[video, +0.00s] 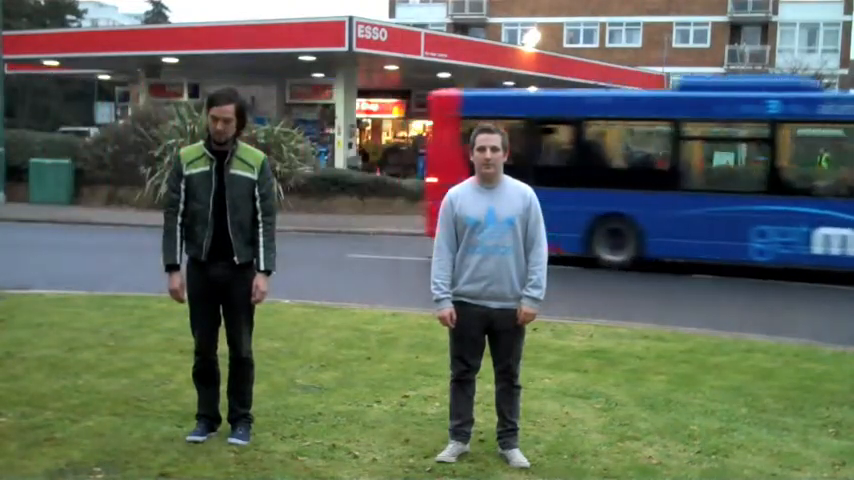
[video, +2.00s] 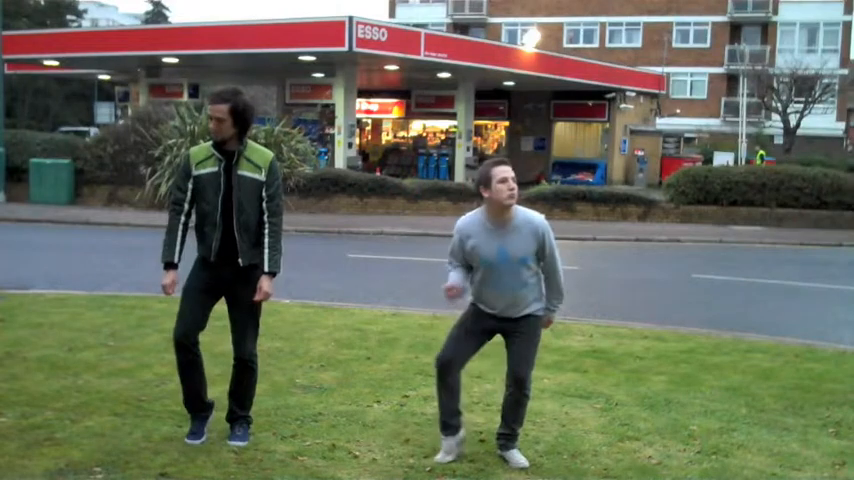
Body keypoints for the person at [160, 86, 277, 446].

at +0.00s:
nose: (220, 126)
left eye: (227, 121)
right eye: (215, 119)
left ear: (239, 123)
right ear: (206, 119)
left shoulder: (257, 163)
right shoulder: (185, 160)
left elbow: (266, 220)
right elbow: (172, 216)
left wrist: (264, 271)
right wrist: (173, 269)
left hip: (241, 270)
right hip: (200, 269)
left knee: (240, 350)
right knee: (203, 349)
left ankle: (240, 421)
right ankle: (206, 419)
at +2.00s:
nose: (212, 125)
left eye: (219, 120)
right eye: (210, 118)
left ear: (239, 122)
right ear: (209, 119)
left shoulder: (265, 163)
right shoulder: (194, 159)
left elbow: (273, 220)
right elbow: (178, 213)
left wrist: (269, 272)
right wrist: (170, 265)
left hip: (247, 272)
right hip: (207, 268)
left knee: (245, 352)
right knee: (183, 336)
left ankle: (240, 420)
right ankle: (199, 412)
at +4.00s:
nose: (214, 118)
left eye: (221, 114)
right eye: (215, 112)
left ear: (242, 121)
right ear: (219, 117)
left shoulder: (266, 165)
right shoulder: (198, 156)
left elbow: (270, 225)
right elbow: (182, 210)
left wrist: (262, 277)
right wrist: (177, 262)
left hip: (244, 271)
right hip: (204, 267)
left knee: (243, 352)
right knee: (194, 343)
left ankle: (239, 420)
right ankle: (204, 417)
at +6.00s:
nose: (250, 127)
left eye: (253, 121)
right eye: (242, 120)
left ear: (257, 126)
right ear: (224, 124)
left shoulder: (269, 171)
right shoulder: (199, 166)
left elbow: (273, 228)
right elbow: (185, 221)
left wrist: (261, 279)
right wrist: (187, 274)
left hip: (247, 274)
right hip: (205, 272)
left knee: (244, 353)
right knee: (193, 337)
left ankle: (239, 421)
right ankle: (204, 400)